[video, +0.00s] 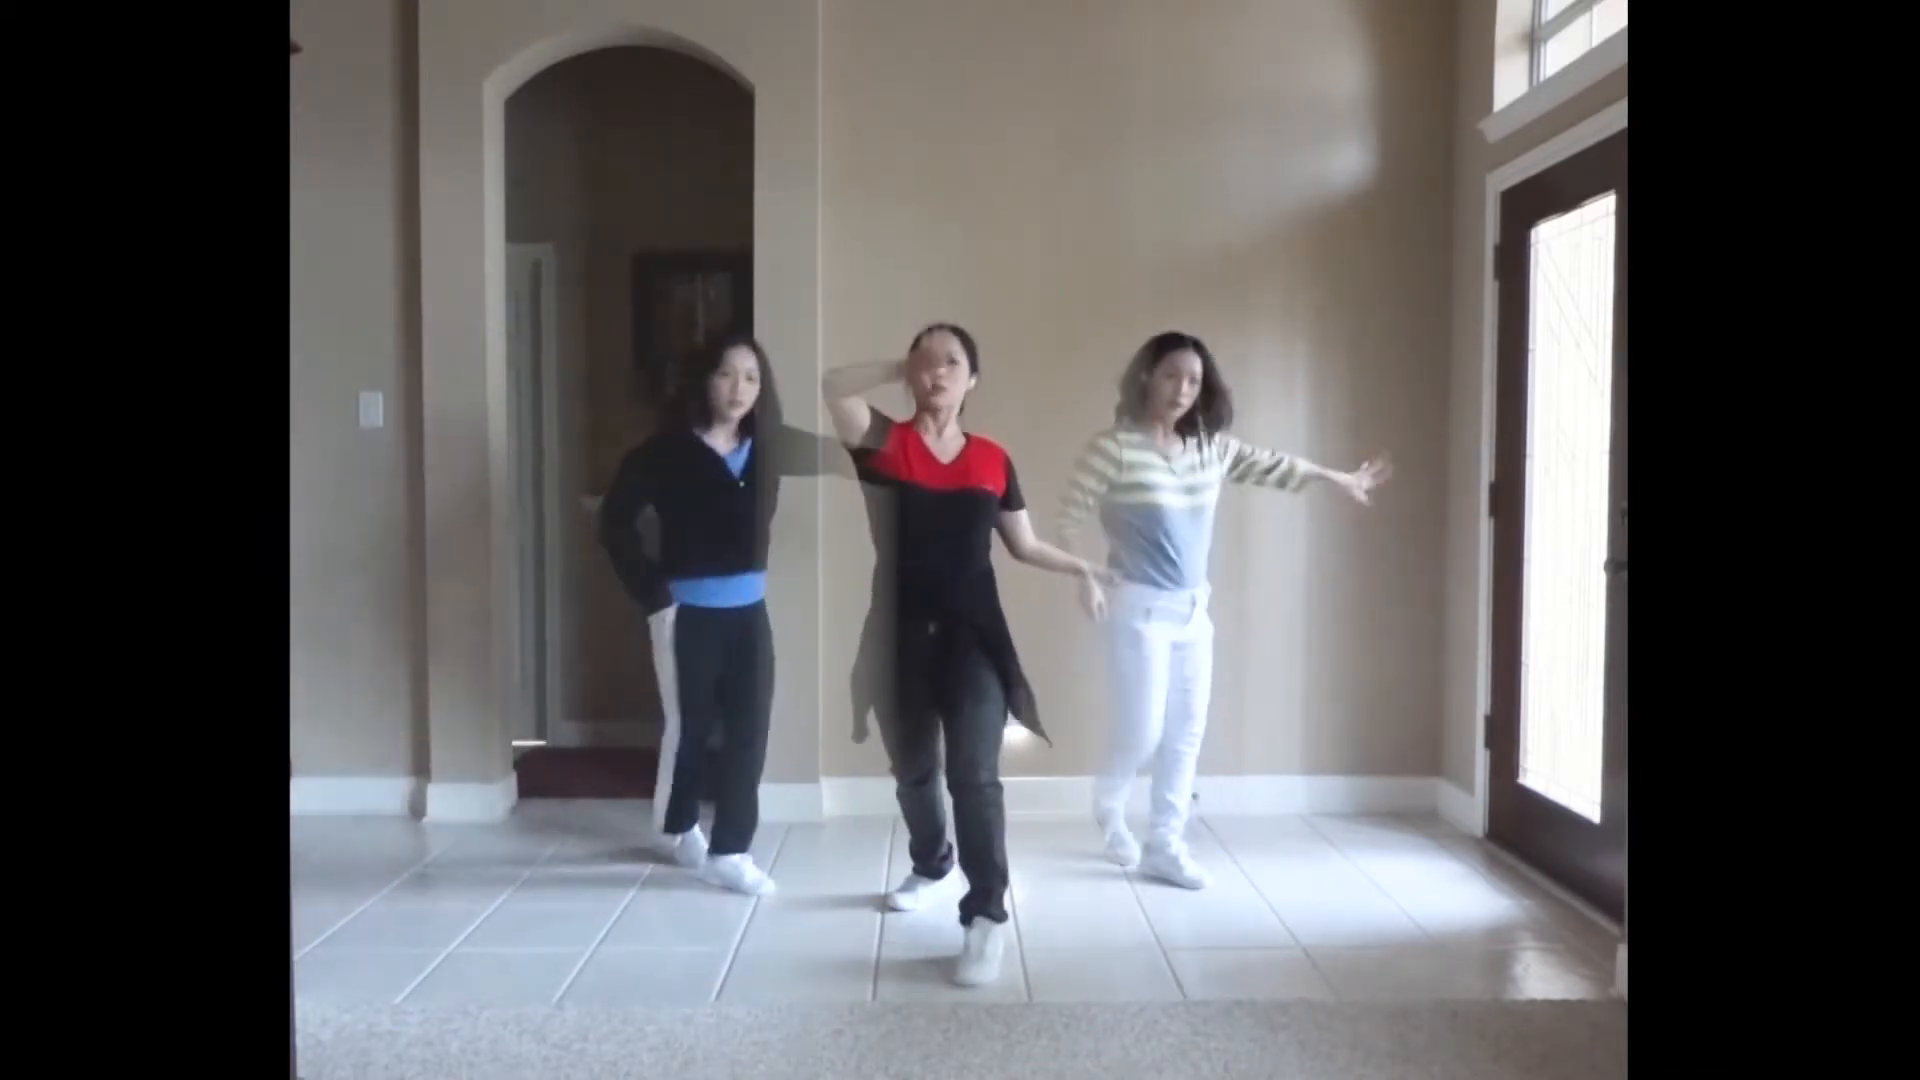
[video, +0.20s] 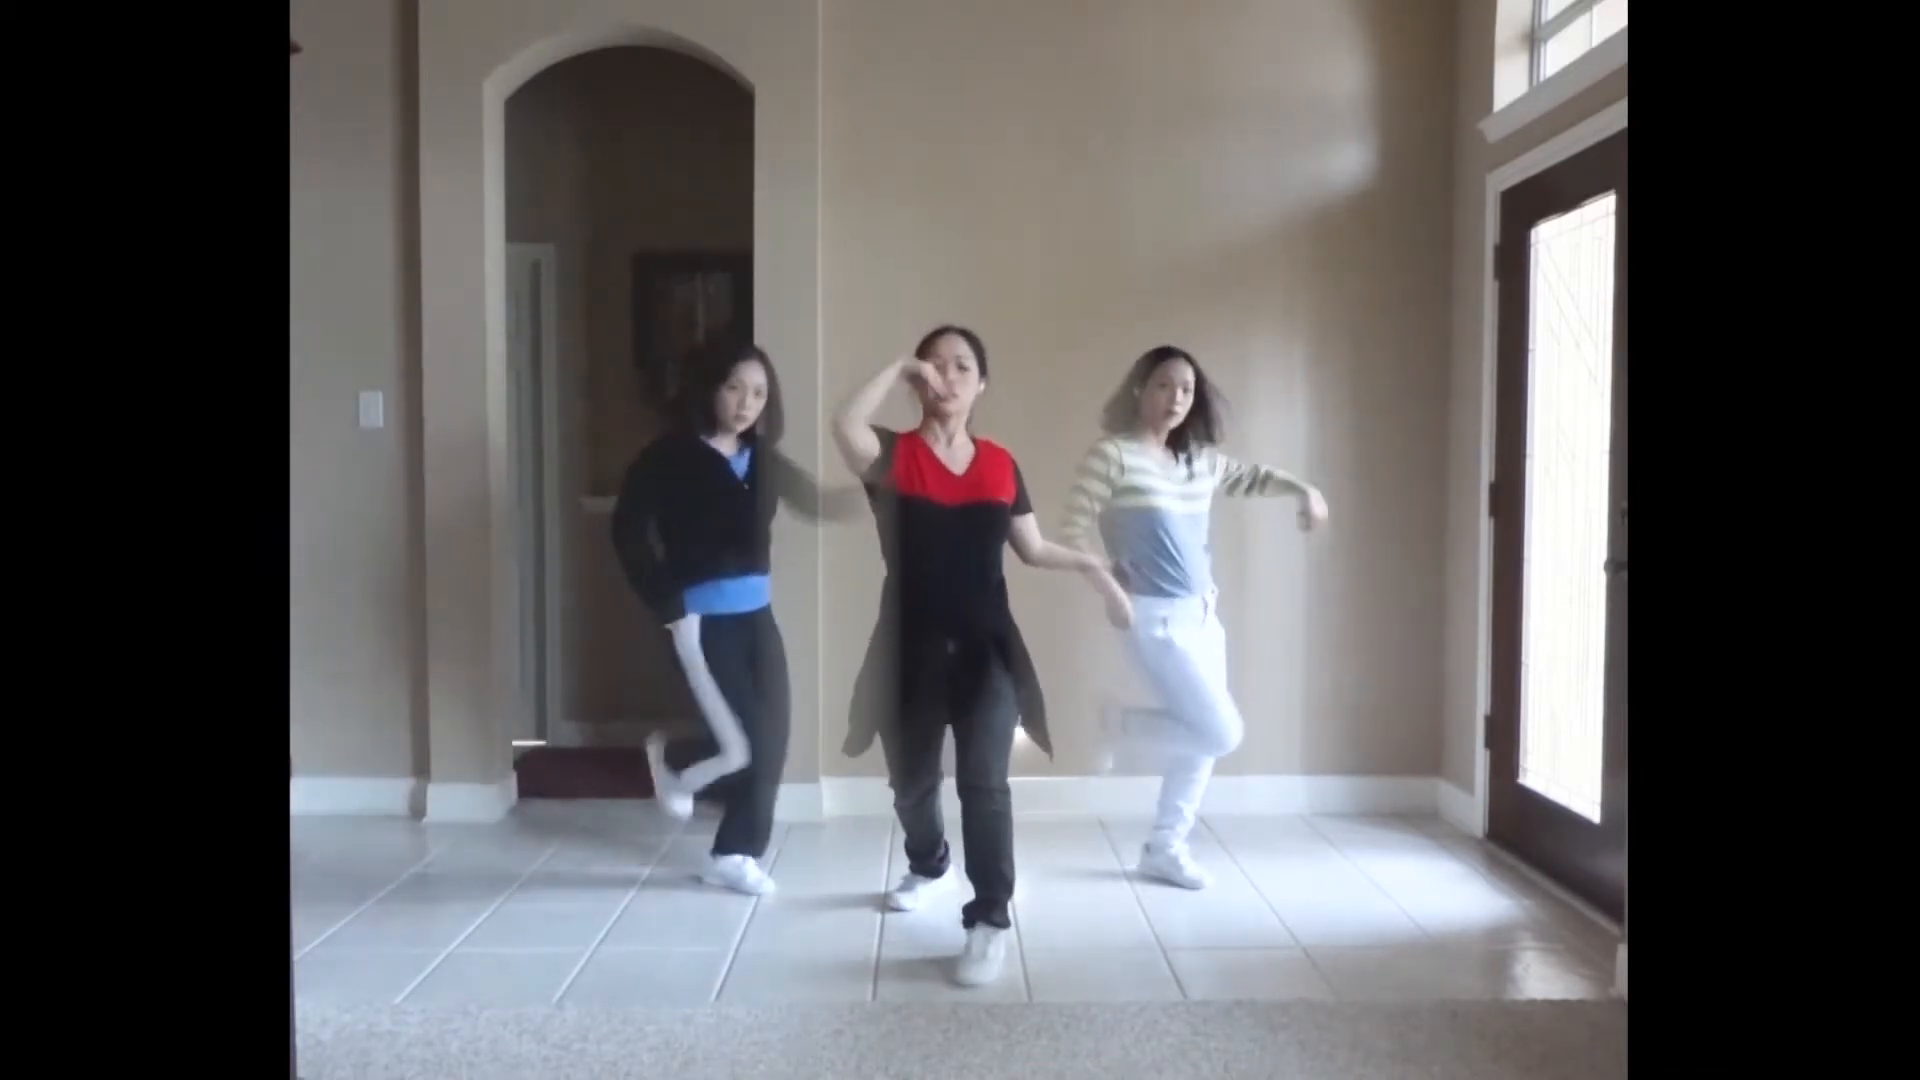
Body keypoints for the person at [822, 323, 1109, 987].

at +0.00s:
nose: (933, 375)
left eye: (947, 364)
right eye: (923, 365)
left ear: (972, 378)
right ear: (911, 379)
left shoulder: (989, 460)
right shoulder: (883, 446)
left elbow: (1024, 545)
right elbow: (835, 389)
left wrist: (1083, 566)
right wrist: (900, 369)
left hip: (973, 635)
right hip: (901, 633)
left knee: (973, 775)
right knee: (914, 772)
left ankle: (986, 914)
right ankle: (932, 866)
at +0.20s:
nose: (943, 378)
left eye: (958, 368)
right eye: (932, 368)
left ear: (981, 384)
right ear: (916, 384)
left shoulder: (998, 464)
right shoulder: (892, 457)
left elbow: (1032, 547)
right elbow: (848, 426)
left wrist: (1092, 563)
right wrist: (899, 367)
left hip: (986, 644)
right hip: (912, 643)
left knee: (984, 782)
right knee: (912, 781)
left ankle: (990, 918)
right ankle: (928, 864)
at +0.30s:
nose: (954, 394)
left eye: (967, 384)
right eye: (942, 384)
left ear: (988, 399)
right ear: (922, 402)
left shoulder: (1003, 475)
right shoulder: (905, 470)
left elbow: (1032, 558)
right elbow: (887, 503)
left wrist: (1101, 567)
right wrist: (894, 423)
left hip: (989, 653)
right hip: (919, 654)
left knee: (985, 783)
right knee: (917, 789)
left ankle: (990, 921)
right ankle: (911, 869)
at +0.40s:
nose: (959, 439)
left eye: (974, 429)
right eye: (946, 429)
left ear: (995, 446)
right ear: (928, 446)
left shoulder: (1011, 511)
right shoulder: (907, 522)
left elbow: (1031, 586)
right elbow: (917, 624)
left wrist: (1104, 581)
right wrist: (911, 529)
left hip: (988, 677)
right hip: (922, 682)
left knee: (983, 793)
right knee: (931, 829)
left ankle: (987, 925)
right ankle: (899, 864)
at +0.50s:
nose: (968, 494)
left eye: (981, 483)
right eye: (955, 483)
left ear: (1003, 497)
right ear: (937, 500)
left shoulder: (1014, 553)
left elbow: (1021, 613)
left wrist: (1101, 596)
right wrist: (951, 777)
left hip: (991, 708)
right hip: (925, 715)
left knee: (982, 798)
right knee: (943, 865)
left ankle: (985, 928)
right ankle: (901, 861)